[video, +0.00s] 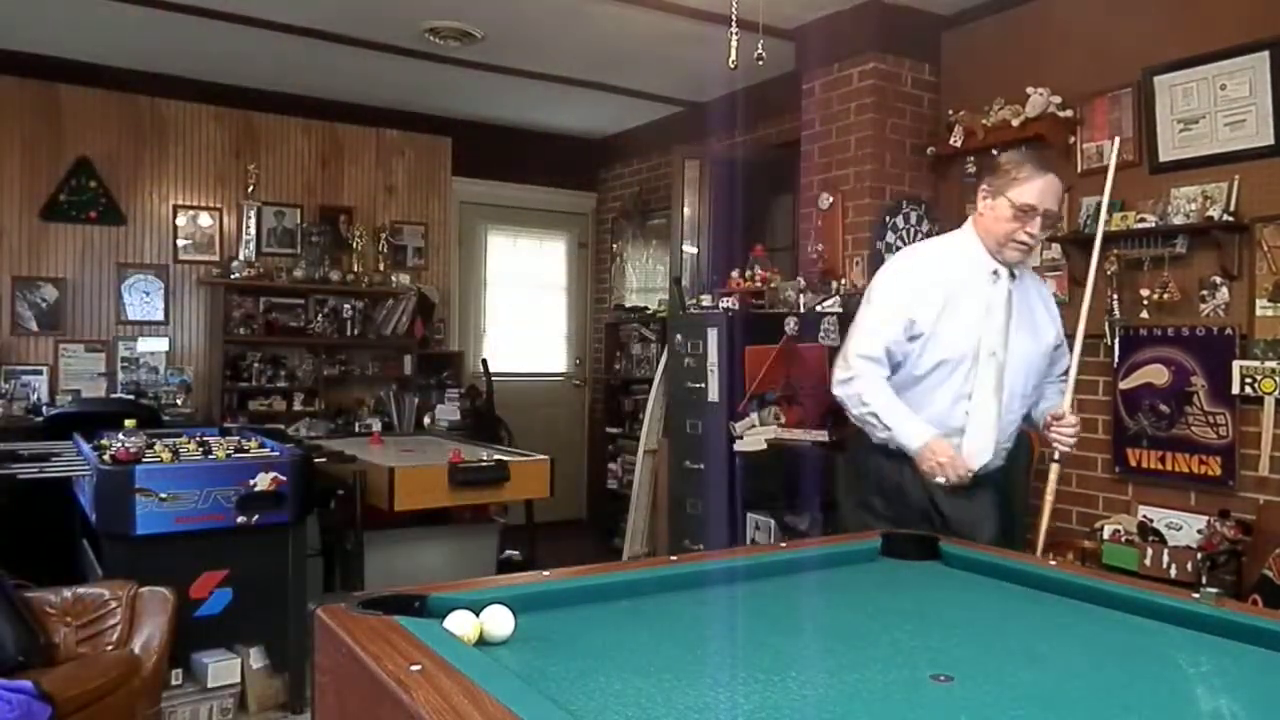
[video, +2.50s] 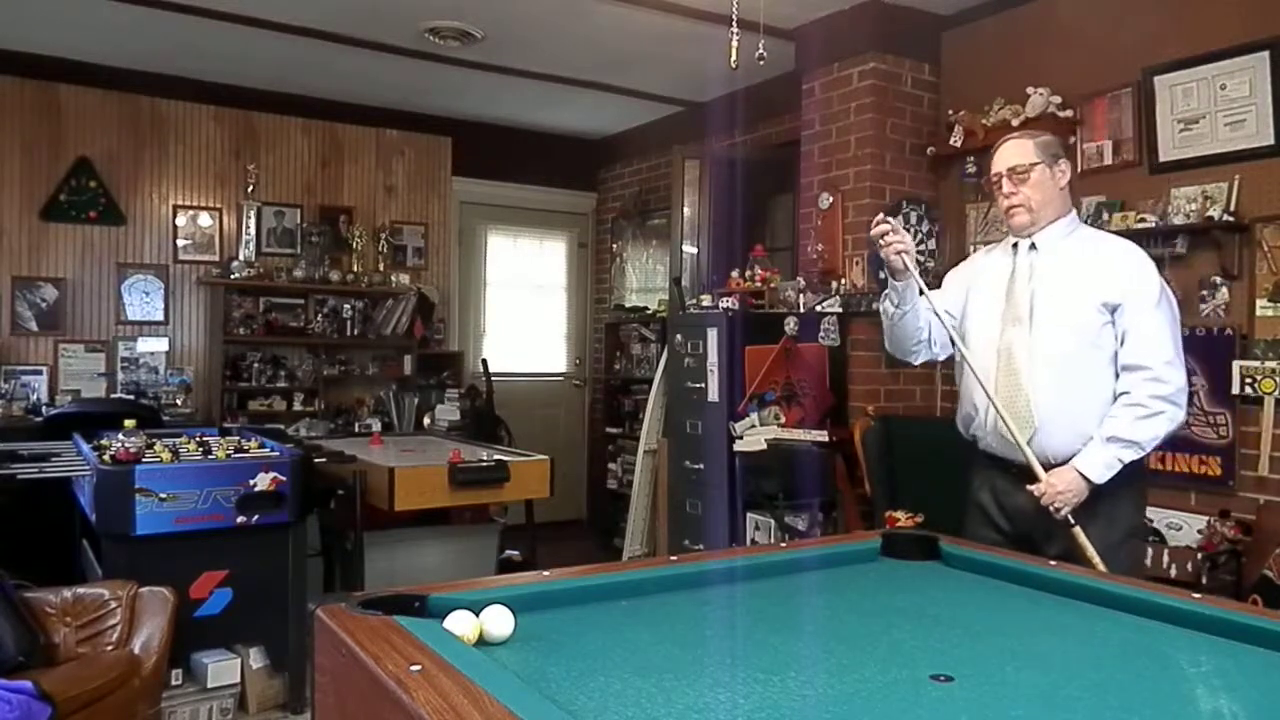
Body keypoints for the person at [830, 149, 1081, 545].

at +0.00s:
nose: (1034, 232)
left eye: (1047, 221)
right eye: (1023, 212)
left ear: (1054, 224)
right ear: (984, 200)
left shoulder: (1039, 298)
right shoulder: (915, 270)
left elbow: (1047, 381)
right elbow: (854, 374)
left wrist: (1053, 416)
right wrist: (920, 442)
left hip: (984, 491)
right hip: (894, 485)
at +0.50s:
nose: (1085, 259)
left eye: (1095, 242)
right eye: (1069, 242)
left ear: (1103, 234)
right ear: (1020, 227)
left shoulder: (1077, 282)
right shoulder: (984, 306)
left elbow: (1085, 368)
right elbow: (1039, 453)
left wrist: (1107, 396)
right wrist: (1146, 545)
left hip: (1036, 497)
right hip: (957, 499)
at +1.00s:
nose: (1072, 204)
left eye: (1086, 186)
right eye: (1053, 190)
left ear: (1104, 189)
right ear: (1021, 195)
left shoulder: (1122, 272)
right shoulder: (980, 281)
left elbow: (1154, 357)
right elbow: (941, 416)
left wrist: (1160, 406)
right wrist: (1019, 494)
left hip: (1099, 505)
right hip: (996, 510)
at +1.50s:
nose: (1093, 178)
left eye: (1114, 164)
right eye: (1088, 164)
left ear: (1157, 175)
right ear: (1077, 170)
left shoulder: (1191, 286)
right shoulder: (1027, 257)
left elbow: (1226, 415)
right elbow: (950, 321)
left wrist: (1125, 464)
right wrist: (928, 288)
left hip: (1111, 510)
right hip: (1006, 486)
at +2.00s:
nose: (1057, 181)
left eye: (1074, 166)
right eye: (1050, 170)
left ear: (1118, 173)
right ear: (1043, 181)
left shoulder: (1163, 271)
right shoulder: (1019, 261)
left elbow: (1188, 406)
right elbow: (938, 325)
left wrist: (1096, 473)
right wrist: (929, 257)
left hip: (1109, 503)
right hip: (1010, 488)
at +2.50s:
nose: (1005, 191)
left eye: (1019, 174)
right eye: (997, 182)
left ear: (1062, 174)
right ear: (991, 192)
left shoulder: (1121, 264)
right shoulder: (977, 269)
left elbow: (1157, 391)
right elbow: (915, 343)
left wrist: (1084, 472)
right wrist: (902, 279)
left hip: (1098, 494)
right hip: (994, 487)